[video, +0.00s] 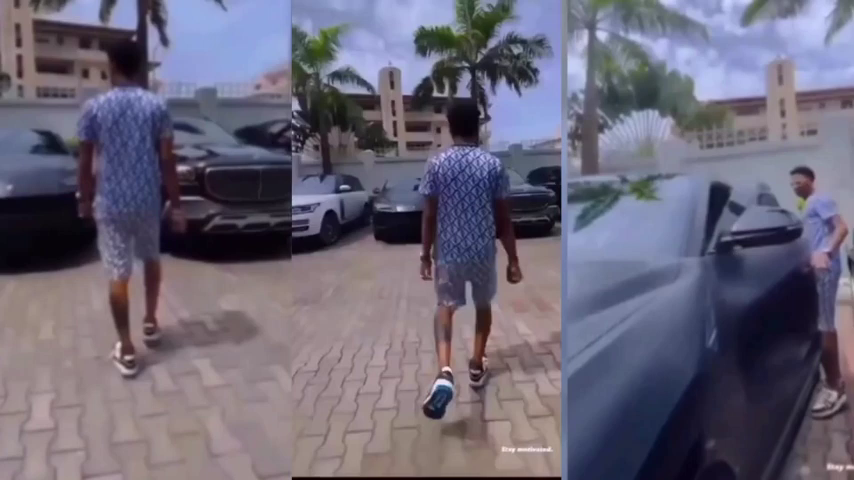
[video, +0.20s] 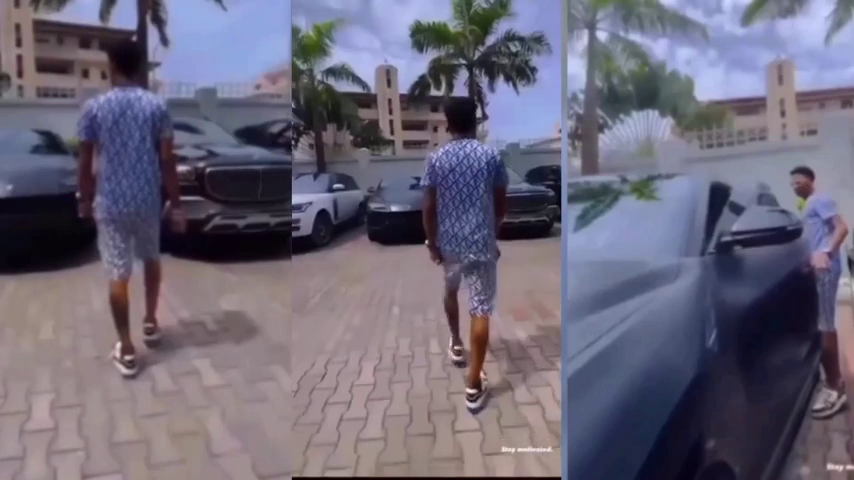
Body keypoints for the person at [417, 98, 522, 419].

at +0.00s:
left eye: (452, 125)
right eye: (476, 125)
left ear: (450, 128)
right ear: (478, 127)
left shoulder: (437, 163)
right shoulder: (492, 163)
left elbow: (429, 214)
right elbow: (503, 218)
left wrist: (426, 253)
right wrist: (513, 260)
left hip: (448, 252)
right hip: (482, 251)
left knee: (445, 305)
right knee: (483, 307)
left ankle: (444, 370)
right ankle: (477, 365)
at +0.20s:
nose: (448, 126)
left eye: (447, 120)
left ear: (448, 123)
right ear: (475, 122)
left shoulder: (437, 158)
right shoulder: (490, 156)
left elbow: (429, 207)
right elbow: (501, 201)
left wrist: (431, 242)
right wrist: (493, 230)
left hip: (450, 242)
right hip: (481, 242)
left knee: (451, 290)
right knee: (480, 311)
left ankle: (456, 342)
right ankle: (474, 385)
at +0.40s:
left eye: (447, 132)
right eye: (470, 131)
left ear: (445, 135)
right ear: (471, 133)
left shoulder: (436, 168)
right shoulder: (484, 163)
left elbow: (429, 212)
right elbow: (495, 202)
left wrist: (427, 247)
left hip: (448, 245)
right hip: (478, 246)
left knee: (455, 285)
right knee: (482, 314)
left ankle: (461, 324)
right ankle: (474, 397)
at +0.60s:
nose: (469, 128)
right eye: (468, 123)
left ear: (441, 127)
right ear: (468, 124)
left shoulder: (433, 159)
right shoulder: (479, 155)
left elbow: (428, 204)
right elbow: (488, 197)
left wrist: (427, 238)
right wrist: (490, 225)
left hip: (445, 234)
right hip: (473, 233)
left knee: (452, 287)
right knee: (483, 286)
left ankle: (461, 337)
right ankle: (479, 335)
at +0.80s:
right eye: (469, 127)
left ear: (443, 131)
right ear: (468, 129)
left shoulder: (433, 160)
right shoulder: (479, 159)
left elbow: (426, 203)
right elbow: (489, 202)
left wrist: (431, 229)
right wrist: (500, 239)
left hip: (442, 231)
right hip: (471, 230)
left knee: (452, 290)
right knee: (475, 274)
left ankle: (461, 353)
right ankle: (474, 316)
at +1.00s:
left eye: (451, 132)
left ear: (449, 135)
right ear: (471, 135)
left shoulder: (438, 165)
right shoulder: (481, 164)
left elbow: (431, 203)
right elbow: (489, 204)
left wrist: (430, 228)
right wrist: (500, 243)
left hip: (444, 234)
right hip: (472, 233)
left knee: (449, 289)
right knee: (471, 275)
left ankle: (458, 357)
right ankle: (465, 311)